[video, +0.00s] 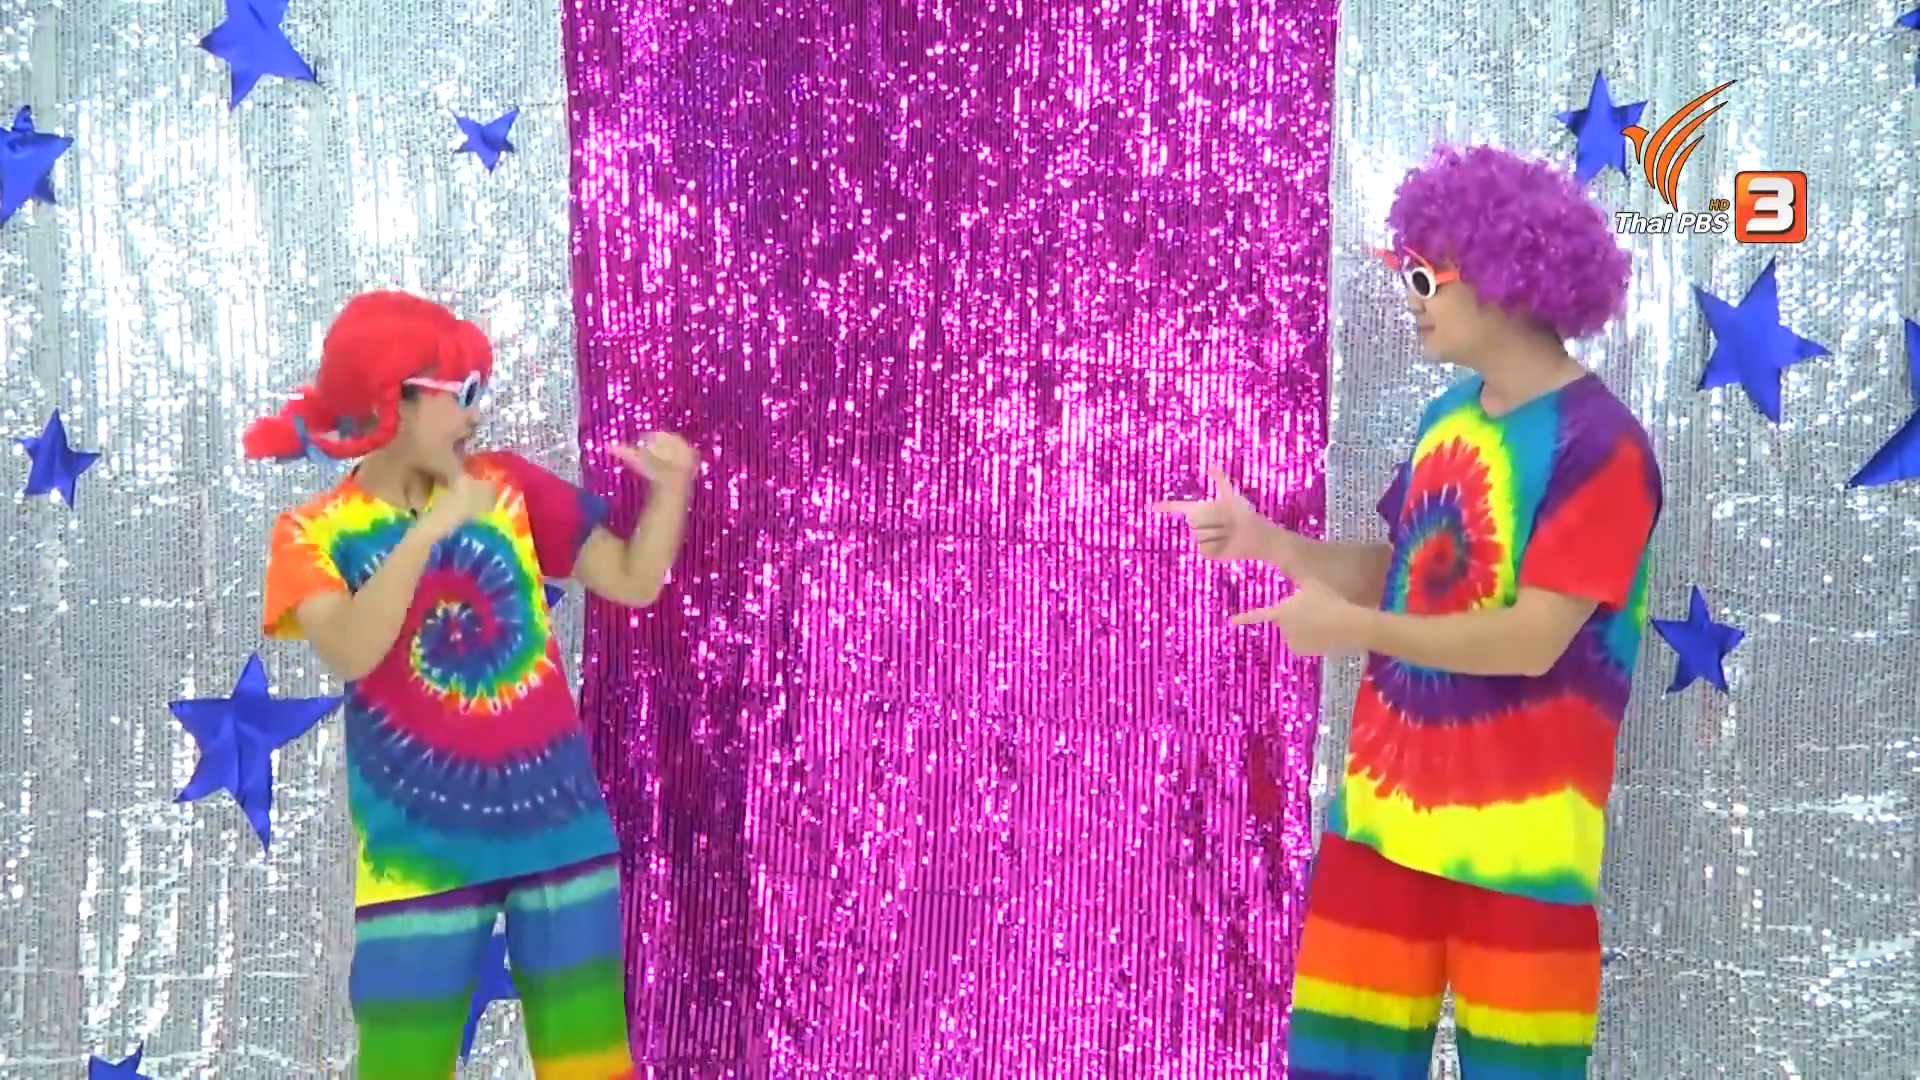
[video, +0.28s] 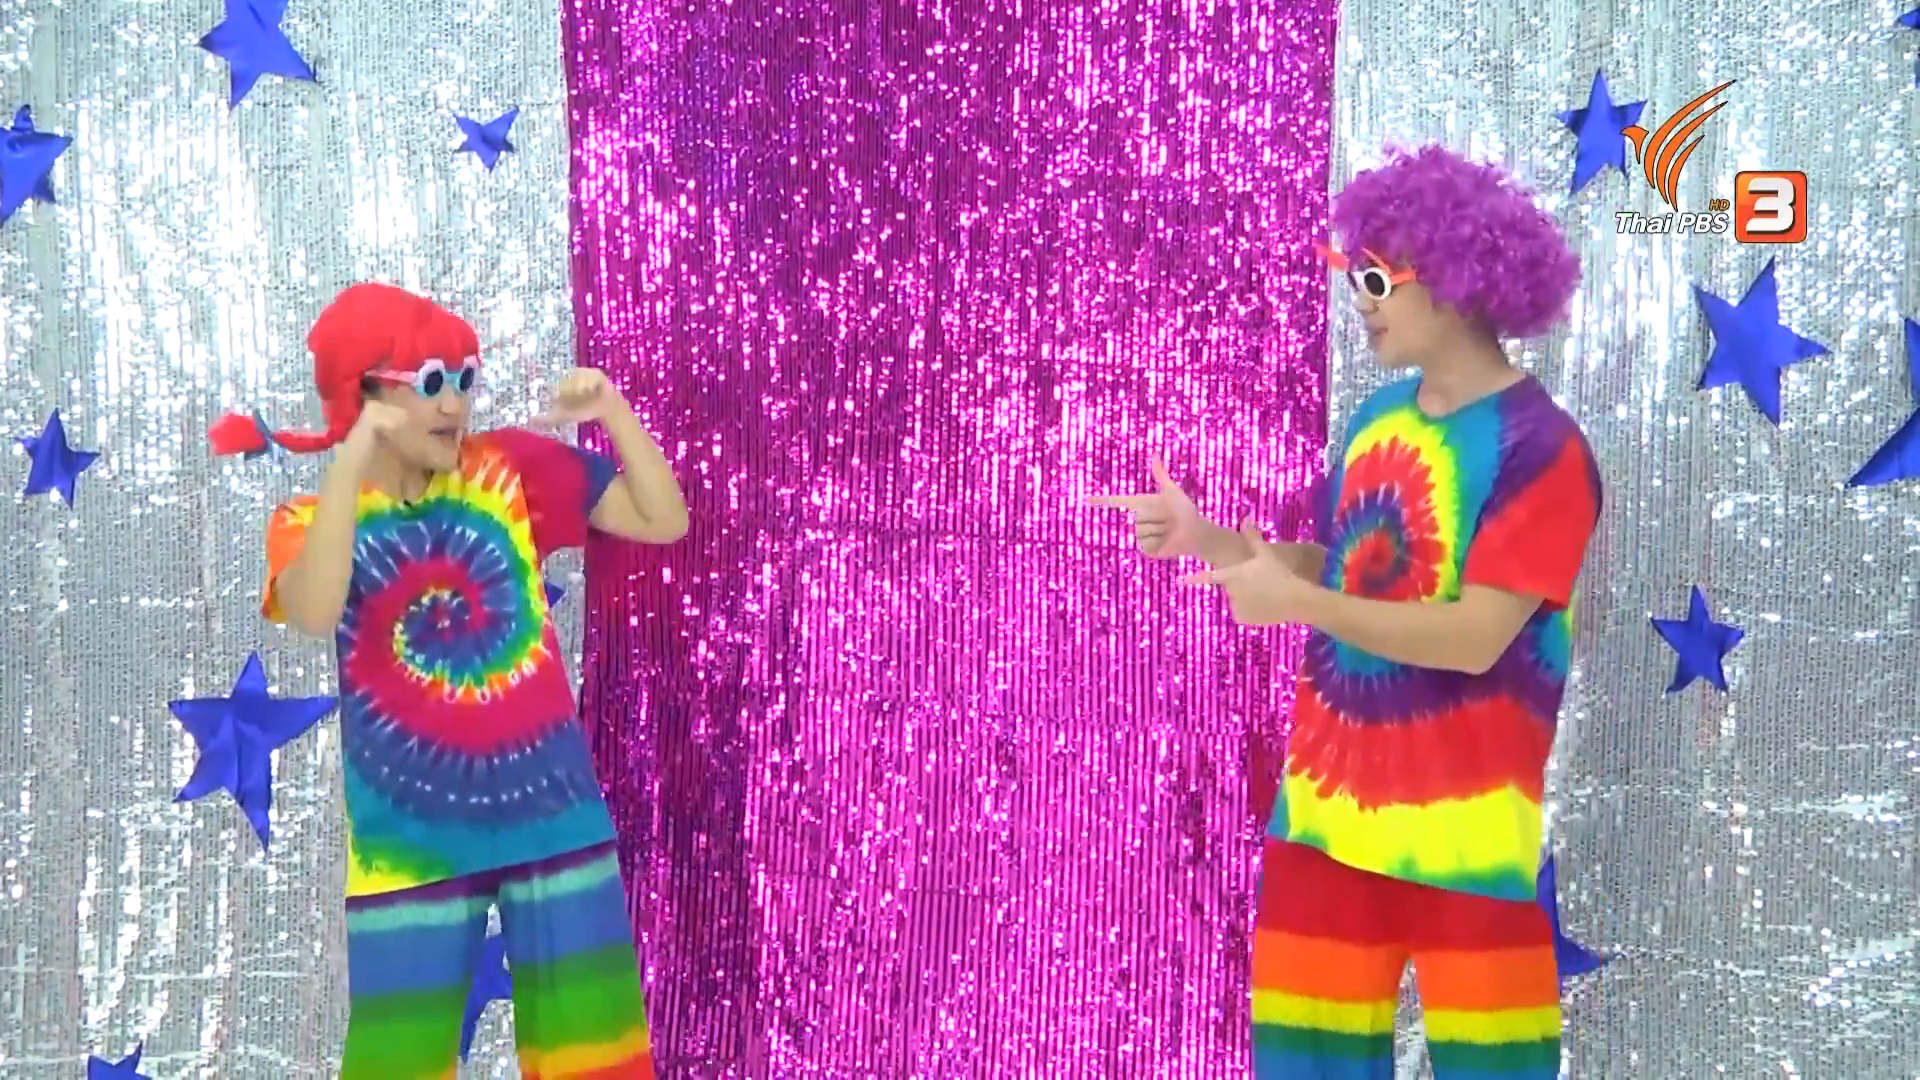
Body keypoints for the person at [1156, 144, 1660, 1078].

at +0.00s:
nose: (1409, 302)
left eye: (1427, 278)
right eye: (1410, 279)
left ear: (1507, 283)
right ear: (1493, 286)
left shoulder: (1605, 446)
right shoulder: (1447, 422)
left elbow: (1532, 640)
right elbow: (1391, 577)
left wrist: (1359, 628)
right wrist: (1266, 538)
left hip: (1520, 853)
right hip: (1382, 830)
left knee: (1518, 1066)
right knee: (1337, 1058)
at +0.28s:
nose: (1359, 305)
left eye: (1378, 280)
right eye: (1357, 283)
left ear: (1457, 283)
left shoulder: (1547, 450)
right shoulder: (1375, 423)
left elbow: (1475, 637)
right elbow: (1323, 568)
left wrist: (1304, 601)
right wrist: (1209, 537)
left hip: (1470, 847)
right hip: (1325, 832)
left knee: (1491, 1064)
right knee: (1303, 1061)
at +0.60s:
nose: (1332, 276)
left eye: (1361, 253)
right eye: (1310, 253)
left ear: (1406, 269)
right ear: (1283, 268)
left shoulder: (1469, 413)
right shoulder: (1257, 410)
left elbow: (1453, 604)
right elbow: (1215, 561)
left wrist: (1273, 627)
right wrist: (1119, 582)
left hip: (1438, 804)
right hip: (1292, 804)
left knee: (1463, 1051)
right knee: (1286, 1056)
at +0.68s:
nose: (1323, 276)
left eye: (1349, 253)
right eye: (1299, 255)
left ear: (1389, 266)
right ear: (1270, 269)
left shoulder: (1458, 407)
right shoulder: (1238, 417)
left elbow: (1466, 596)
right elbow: (1174, 560)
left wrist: (1309, 689)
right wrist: (1094, 641)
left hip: (1436, 801)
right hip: (1291, 807)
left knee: (1464, 1049)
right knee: (1285, 1054)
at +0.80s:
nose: (1305, 295)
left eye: (1330, 271)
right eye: (1281, 272)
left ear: (1370, 284)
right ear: (1249, 287)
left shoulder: (1444, 425)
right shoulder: (1219, 436)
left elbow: (1468, 625)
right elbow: (1143, 596)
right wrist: (1102, 742)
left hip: (1429, 799)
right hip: (1282, 812)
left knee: (1465, 1049)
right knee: (1285, 1057)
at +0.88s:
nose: (1299, 307)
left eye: (1324, 282)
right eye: (1273, 285)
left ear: (1362, 291)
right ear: (1241, 298)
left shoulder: (1442, 435)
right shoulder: (1211, 454)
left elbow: (1479, 629)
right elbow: (1147, 625)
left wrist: (1522, 810)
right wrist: (1134, 785)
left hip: (1437, 834)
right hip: (1280, 841)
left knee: (1475, 1063)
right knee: (1281, 1066)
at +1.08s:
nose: (1318, 270)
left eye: (1341, 247)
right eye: (1292, 250)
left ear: (1379, 263)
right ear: (1257, 271)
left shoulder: (1456, 405)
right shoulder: (1214, 431)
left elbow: (1544, 572)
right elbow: (1196, 621)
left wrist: (1609, 745)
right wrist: (1244, 775)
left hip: (1445, 808)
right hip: (1291, 819)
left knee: (1480, 1057)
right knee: (1299, 1065)